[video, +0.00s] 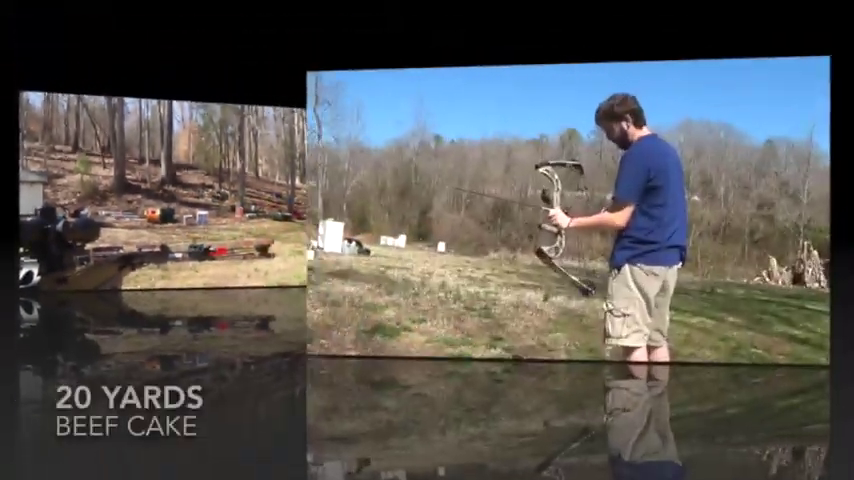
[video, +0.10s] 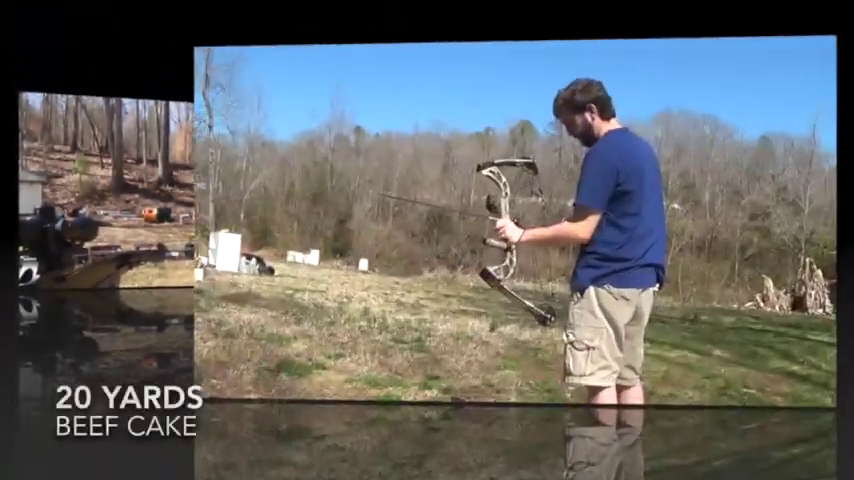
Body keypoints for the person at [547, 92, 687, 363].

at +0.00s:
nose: (609, 138)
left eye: (609, 131)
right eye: (606, 132)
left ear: (626, 122)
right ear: (631, 121)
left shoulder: (637, 155)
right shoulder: (665, 151)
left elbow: (618, 218)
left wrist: (569, 222)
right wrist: (614, 209)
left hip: (639, 261)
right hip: (668, 260)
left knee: (633, 342)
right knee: (656, 340)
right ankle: (658, 400)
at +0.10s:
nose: (570, 134)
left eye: (569, 124)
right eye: (566, 126)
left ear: (590, 113)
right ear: (596, 112)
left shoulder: (604, 153)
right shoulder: (640, 148)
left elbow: (581, 230)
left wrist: (520, 235)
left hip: (606, 283)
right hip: (642, 280)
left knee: (599, 382)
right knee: (628, 378)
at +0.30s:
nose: (515, 128)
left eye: (512, 115)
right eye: (509, 118)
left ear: (538, 98)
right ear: (545, 97)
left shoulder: (556, 149)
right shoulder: (608, 144)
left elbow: (528, 251)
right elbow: (569, 245)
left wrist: (449, 260)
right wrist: (489, 251)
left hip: (559, 319)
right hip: (608, 316)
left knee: (552, 451)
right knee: (588, 446)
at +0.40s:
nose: (514, 129)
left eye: (511, 117)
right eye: (508, 120)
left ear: (537, 99)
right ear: (543, 98)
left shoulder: (556, 149)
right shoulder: (607, 143)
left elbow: (530, 252)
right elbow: (580, 239)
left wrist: (452, 261)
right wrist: (508, 244)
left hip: (560, 320)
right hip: (608, 317)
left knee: (551, 451)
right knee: (588, 447)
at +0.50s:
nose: (513, 130)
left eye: (511, 118)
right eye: (507, 121)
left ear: (536, 101)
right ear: (543, 99)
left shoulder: (556, 149)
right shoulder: (607, 143)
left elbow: (533, 253)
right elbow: (584, 238)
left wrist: (456, 262)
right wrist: (517, 242)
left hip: (561, 320)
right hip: (608, 317)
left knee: (551, 452)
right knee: (588, 447)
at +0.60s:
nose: (513, 130)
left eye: (510, 119)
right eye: (507, 121)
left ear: (536, 101)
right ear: (544, 99)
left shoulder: (557, 149)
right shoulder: (607, 142)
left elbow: (536, 253)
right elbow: (586, 238)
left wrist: (458, 262)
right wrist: (516, 244)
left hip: (562, 320)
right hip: (609, 317)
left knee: (553, 452)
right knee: (589, 448)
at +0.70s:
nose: (512, 131)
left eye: (510, 119)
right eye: (506, 122)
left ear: (536, 102)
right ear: (543, 99)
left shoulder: (559, 150)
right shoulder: (606, 142)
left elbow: (537, 254)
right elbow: (587, 238)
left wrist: (461, 263)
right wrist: (521, 244)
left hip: (564, 320)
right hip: (610, 316)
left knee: (553, 452)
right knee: (589, 447)